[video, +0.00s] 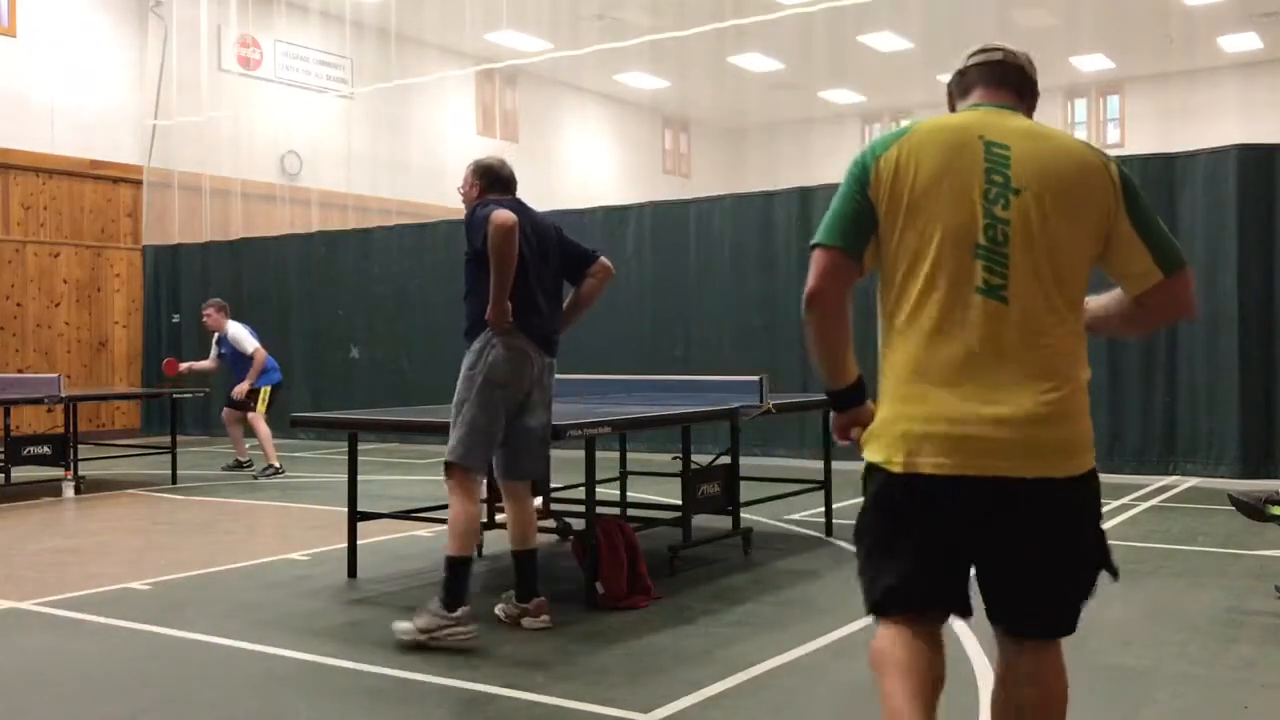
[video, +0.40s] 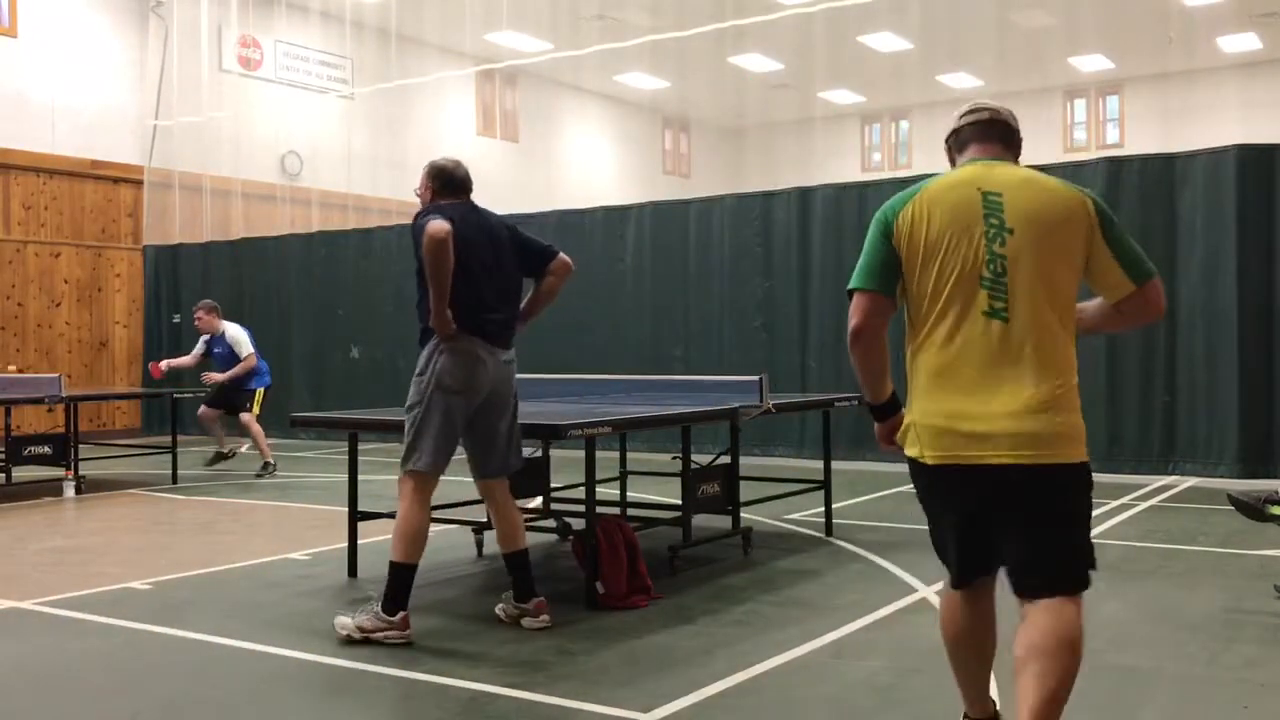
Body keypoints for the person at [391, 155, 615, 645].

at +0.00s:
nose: (460, 193)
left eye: (463, 185)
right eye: (462, 185)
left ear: (476, 185)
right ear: (510, 188)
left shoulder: (482, 209)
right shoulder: (541, 225)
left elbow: (505, 223)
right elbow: (600, 268)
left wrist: (498, 305)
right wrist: (560, 322)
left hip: (497, 349)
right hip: (539, 356)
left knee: (462, 474)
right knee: (517, 481)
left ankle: (451, 609)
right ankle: (529, 600)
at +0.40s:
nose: (416, 196)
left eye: (418, 190)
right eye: (418, 190)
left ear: (429, 188)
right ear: (468, 191)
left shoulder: (431, 213)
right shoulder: (499, 226)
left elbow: (439, 234)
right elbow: (560, 266)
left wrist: (439, 313)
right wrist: (520, 318)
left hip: (450, 355)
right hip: (499, 361)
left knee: (416, 483)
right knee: (496, 484)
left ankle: (391, 612)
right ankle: (527, 599)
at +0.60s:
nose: (381, 198)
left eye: (382, 191)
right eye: (383, 191)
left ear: (391, 192)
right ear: (429, 190)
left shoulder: (391, 220)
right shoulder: (462, 226)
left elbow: (389, 251)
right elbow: (523, 270)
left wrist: (386, 330)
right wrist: (488, 330)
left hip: (409, 367)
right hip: (462, 369)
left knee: (378, 489)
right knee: (471, 486)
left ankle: (387, 614)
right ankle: (523, 595)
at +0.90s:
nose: (336, 191)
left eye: (337, 184)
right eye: (338, 185)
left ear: (345, 185)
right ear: (384, 184)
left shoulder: (346, 222)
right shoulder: (417, 224)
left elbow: (344, 294)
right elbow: (470, 289)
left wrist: (306, 371)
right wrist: (476, 357)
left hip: (369, 366)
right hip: (418, 367)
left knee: (366, 490)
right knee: (404, 483)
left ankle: (387, 615)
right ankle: (445, 591)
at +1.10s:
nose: (309, 190)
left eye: (309, 182)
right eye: (312, 182)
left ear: (317, 182)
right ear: (356, 182)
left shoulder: (327, 226)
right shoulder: (391, 225)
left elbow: (321, 307)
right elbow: (437, 296)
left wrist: (287, 374)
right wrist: (455, 366)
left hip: (356, 364)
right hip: (397, 362)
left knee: (366, 488)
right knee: (347, 478)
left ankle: (387, 614)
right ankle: (357, 593)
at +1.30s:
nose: (279, 193)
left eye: (280, 185)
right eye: (281, 185)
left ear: (290, 185)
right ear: (328, 185)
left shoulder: (304, 231)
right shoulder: (362, 230)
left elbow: (296, 314)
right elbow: (402, 305)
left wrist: (268, 370)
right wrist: (413, 376)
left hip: (333, 366)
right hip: (375, 364)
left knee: (353, 493)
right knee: (312, 483)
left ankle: (387, 614)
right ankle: (270, 600)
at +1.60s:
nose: (232, 183)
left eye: (237, 175)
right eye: (236, 175)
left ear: (251, 180)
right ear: (280, 188)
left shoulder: (252, 227)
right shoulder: (306, 235)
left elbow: (250, 311)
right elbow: (335, 318)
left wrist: (225, 389)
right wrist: (329, 386)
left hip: (284, 367)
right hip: (318, 365)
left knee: (311, 492)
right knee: (259, 485)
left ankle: (375, 602)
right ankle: (257, 607)